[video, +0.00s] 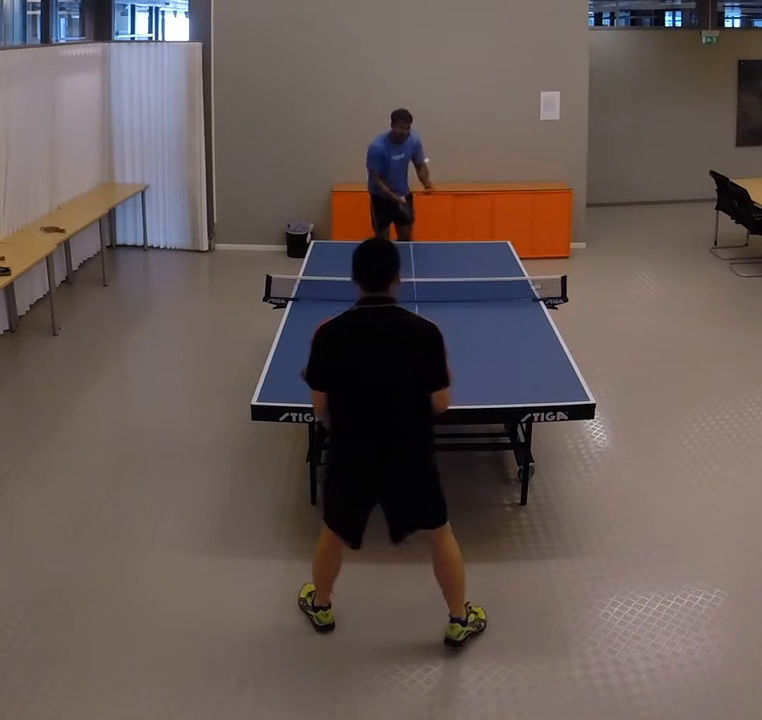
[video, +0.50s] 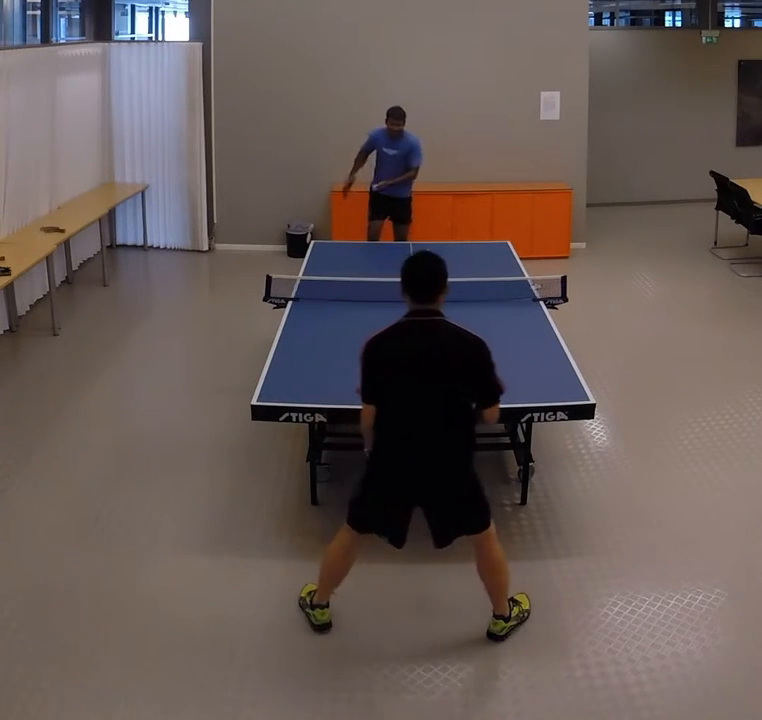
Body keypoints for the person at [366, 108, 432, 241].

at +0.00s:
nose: (405, 132)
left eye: (407, 128)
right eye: (401, 128)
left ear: (410, 127)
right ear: (392, 125)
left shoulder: (413, 141)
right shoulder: (377, 147)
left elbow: (420, 165)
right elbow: (376, 180)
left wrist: (426, 182)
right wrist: (397, 199)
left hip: (403, 194)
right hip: (381, 196)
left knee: (406, 238)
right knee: (383, 239)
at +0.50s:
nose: (395, 129)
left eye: (399, 125)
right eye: (392, 124)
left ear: (404, 124)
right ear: (386, 122)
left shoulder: (412, 143)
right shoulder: (377, 136)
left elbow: (413, 173)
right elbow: (363, 154)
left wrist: (389, 182)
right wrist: (352, 175)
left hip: (401, 197)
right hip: (379, 194)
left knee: (401, 240)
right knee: (373, 236)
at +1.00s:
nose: (368, 134)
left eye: (371, 130)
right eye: (364, 130)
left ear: (379, 128)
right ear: (360, 128)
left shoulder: (387, 144)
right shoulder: (356, 141)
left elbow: (369, 172)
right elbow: (348, 166)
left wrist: (340, 175)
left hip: (389, 199)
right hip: (367, 197)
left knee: (394, 241)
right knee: (361, 239)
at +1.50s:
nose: (382, 134)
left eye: (385, 130)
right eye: (378, 130)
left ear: (390, 128)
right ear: (371, 128)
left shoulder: (395, 133)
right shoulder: (367, 150)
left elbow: (405, 158)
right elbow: (396, 167)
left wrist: (390, 154)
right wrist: (419, 152)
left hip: (397, 192)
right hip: (375, 198)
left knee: (418, 231)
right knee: (370, 239)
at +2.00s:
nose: (431, 131)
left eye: (435, 128)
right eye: (428, 127)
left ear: (440, 128)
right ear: (422, 126)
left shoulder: (444, 146)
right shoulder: (405, 147)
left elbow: (452, 167)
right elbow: (392, 173)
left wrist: (448, 192)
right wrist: (391, 201)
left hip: (430, 200)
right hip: (405, 200)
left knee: (441, 242)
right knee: (394, 242)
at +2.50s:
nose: (417, 147)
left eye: (421, 143)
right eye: (413, 143)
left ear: (426, 141)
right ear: (407, 141)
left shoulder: (433, 153)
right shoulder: (399, 163)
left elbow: (440, 176)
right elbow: (408, 193)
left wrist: (446, 201)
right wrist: (421, 207)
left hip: (421, 198)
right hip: (398, 201)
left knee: (431, 241)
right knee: (398, 243)